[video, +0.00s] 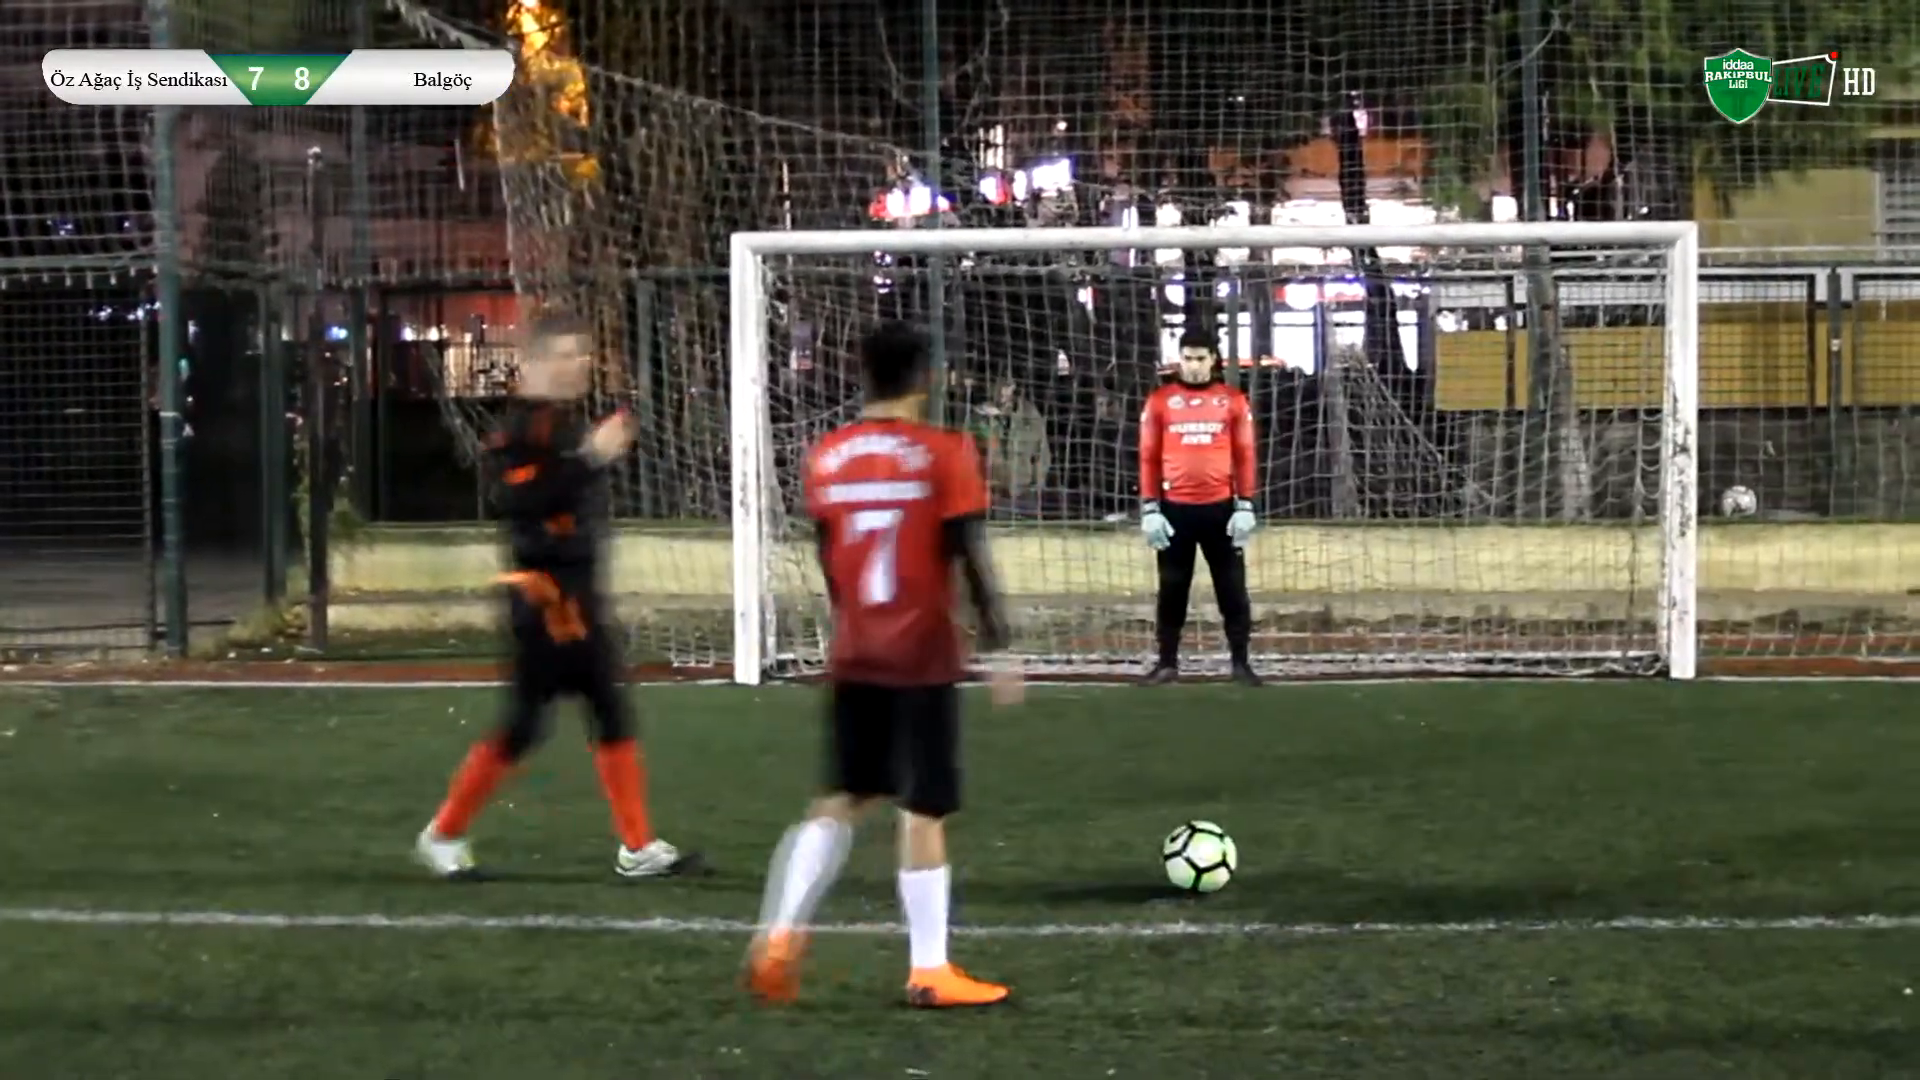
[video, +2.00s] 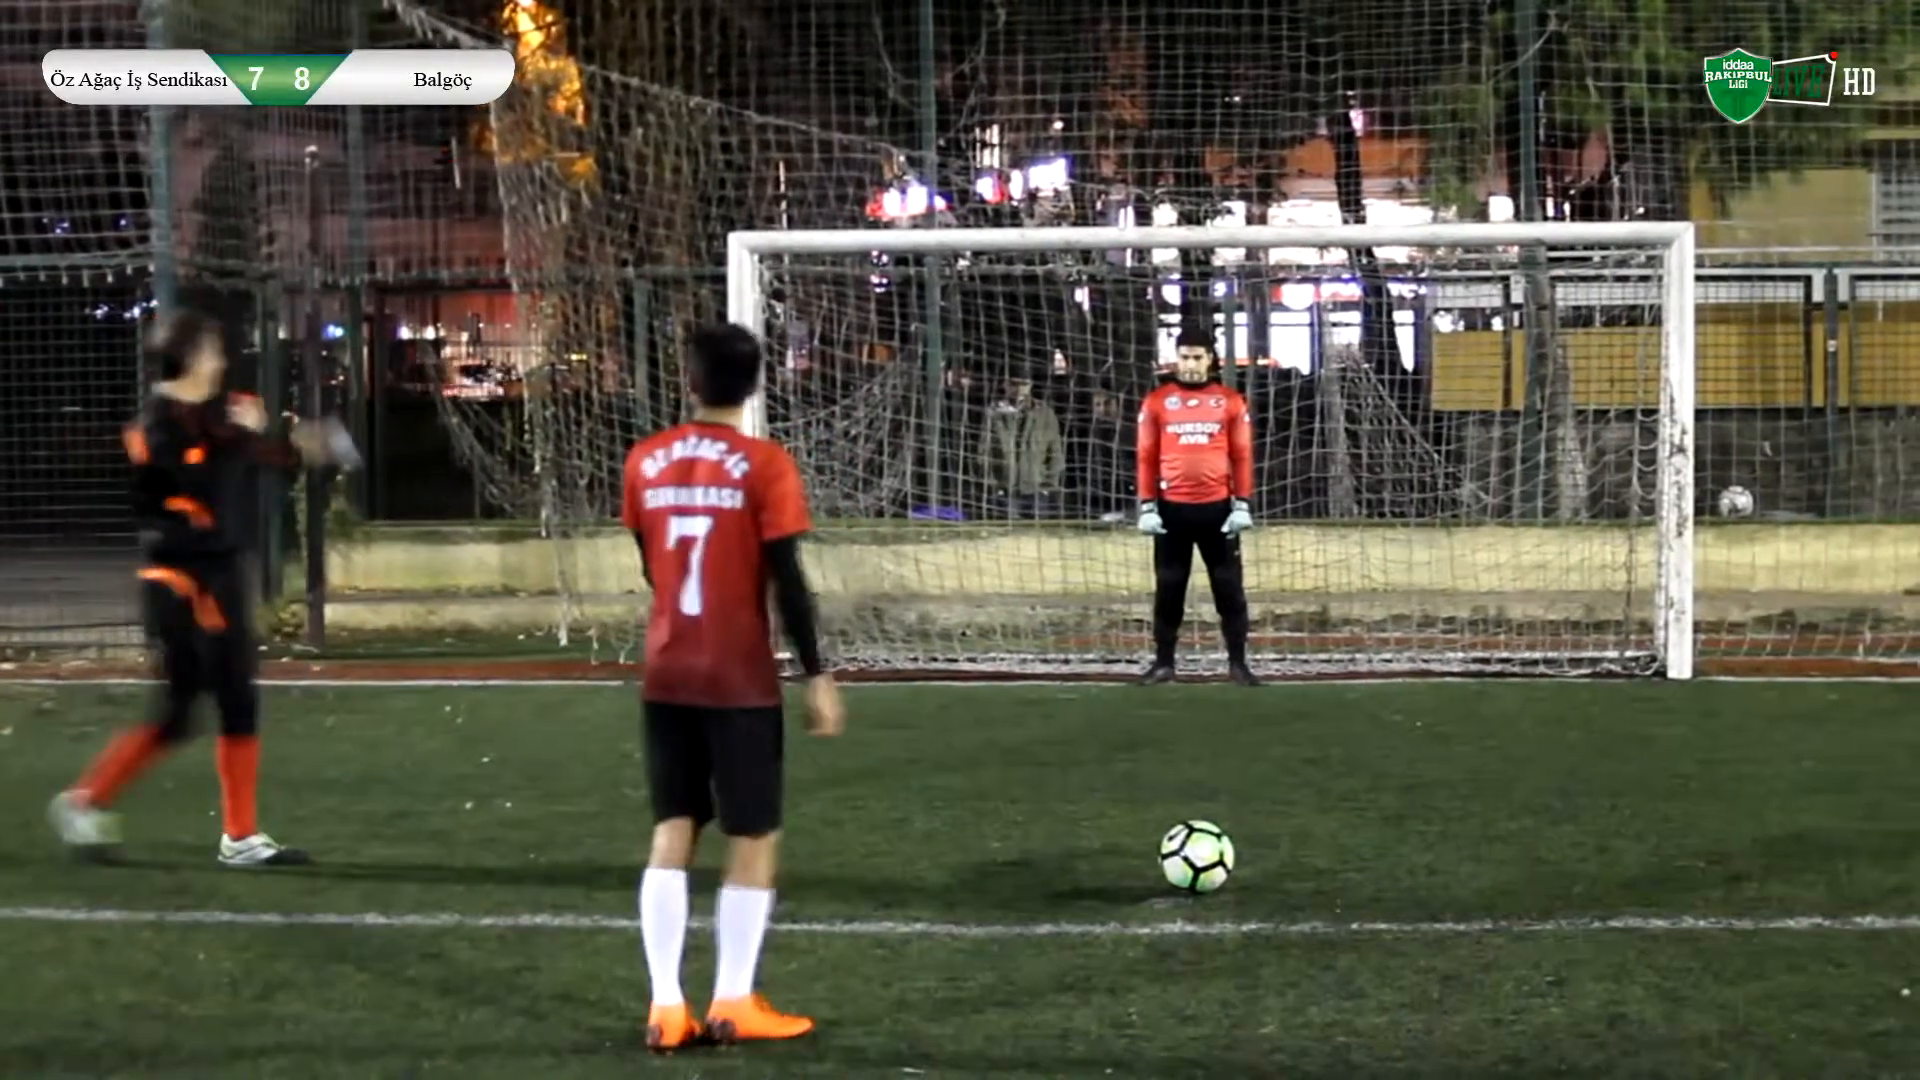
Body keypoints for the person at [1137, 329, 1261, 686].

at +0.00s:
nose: (1194, 366)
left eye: (1201, 359)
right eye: (1187, 358)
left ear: (1214, 360)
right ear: (1179, 360)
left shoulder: (1233, 401)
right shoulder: (1159, 401)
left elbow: (1246, 454)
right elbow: (1148, 456)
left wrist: (1245, 502)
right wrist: (1150, 506)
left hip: (1221, 507)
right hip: (1174, 508)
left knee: (1233, 591)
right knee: (1171, 590)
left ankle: (1241, 662)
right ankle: (1167, 661)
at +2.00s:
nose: (1190, 365)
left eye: (1197, 357)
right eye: (1184, 357)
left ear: (1211, 360)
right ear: (1175, 360)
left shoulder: (1230, 401)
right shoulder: (1156, 401)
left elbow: (1242, 454)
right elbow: (1146, 455)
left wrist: (1242, 501)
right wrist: (1147, 503)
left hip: (1218, 506)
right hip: (1171, 507)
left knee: (1229, 590)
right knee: (1168, 589)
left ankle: (1238, 662)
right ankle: (1164, 661)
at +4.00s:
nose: (1191, 363)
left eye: (1199, 356)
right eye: (1185, 356)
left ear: (1212, 359)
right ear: (1176, 359)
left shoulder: (1232, 402)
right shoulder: (1157, 402)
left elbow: (1243, 456)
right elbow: (1147, 456)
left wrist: (1242, 505)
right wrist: (1148, 506)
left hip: (1219, 507)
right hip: (1172, 509)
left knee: (1231, 590)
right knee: (1169, 590)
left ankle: (1236, 660)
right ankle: (1164, 660)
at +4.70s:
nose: (1200, 371)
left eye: (1206, 363)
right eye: (1194, 363)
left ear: (1218, 364)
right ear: (1183, 365)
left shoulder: (1239, 405)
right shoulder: (1163, 406)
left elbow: (1248, 459)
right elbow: (1152, 461)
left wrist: (1248, 508)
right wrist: (1154, 512)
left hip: (1228, 511)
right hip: (1181, 513)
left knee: (1247, 587)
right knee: (1170, 591)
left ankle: (1254, 659)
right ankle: (1163, 661)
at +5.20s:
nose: (1210, 380)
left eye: (1217, 373)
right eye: (1203, 373)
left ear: (1228, 376)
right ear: (1192, 376)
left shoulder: (1247, 419)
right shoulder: (1173, 416)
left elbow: (1256, 476)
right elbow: (1160, 472)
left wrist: (1259, 521)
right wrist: (1158, 520)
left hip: (1234, 521)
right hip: (1186, 520)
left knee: (1252, 591)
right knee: (1169, 594)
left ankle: (1259, 663)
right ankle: (1159, 664)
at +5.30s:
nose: (1214, 379)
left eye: (1221, 372)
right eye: (1207, 371)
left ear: (1231, 375)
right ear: (1196, 373)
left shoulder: (1249, 419)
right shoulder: (1175, 414)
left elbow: (1262, 472)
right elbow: (1160, 466)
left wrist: (1269, 517)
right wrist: (1154, 511)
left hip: (1235, 521)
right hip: (1187, 521)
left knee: (1252, 593)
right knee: (1168, 593)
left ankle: (1258, 664)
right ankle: (1158, 664)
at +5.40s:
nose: (1216, 378)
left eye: (1223, 371)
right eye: (1209, 370)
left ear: (1234, 375)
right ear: (1199, 373)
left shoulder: (1252, 418)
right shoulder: (1177, 413)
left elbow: (1271, 468)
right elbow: (1157, 460)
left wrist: (1286, 504)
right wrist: (1141, 495)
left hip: (1235, 523)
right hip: (1188, 521)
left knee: (1249, 596)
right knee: (1164, 592)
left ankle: (1256, 665)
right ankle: (1159, 661)